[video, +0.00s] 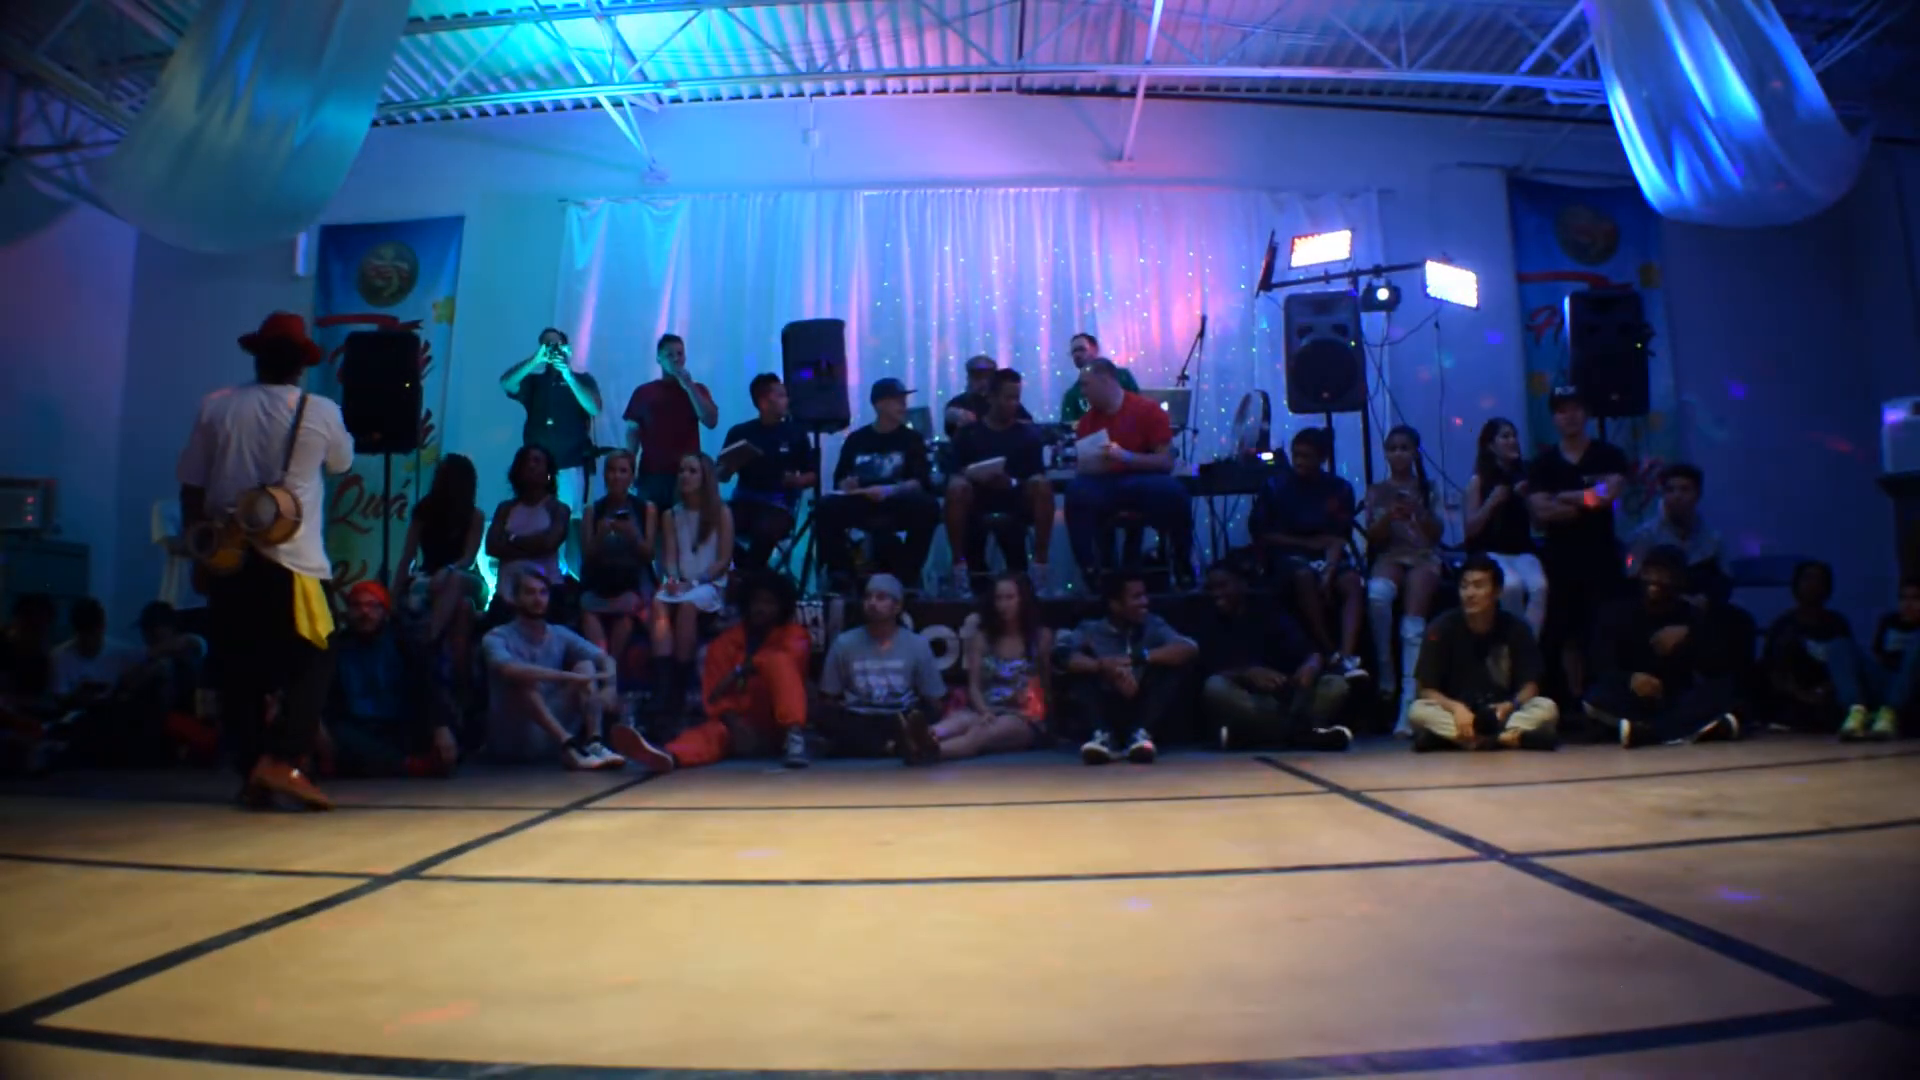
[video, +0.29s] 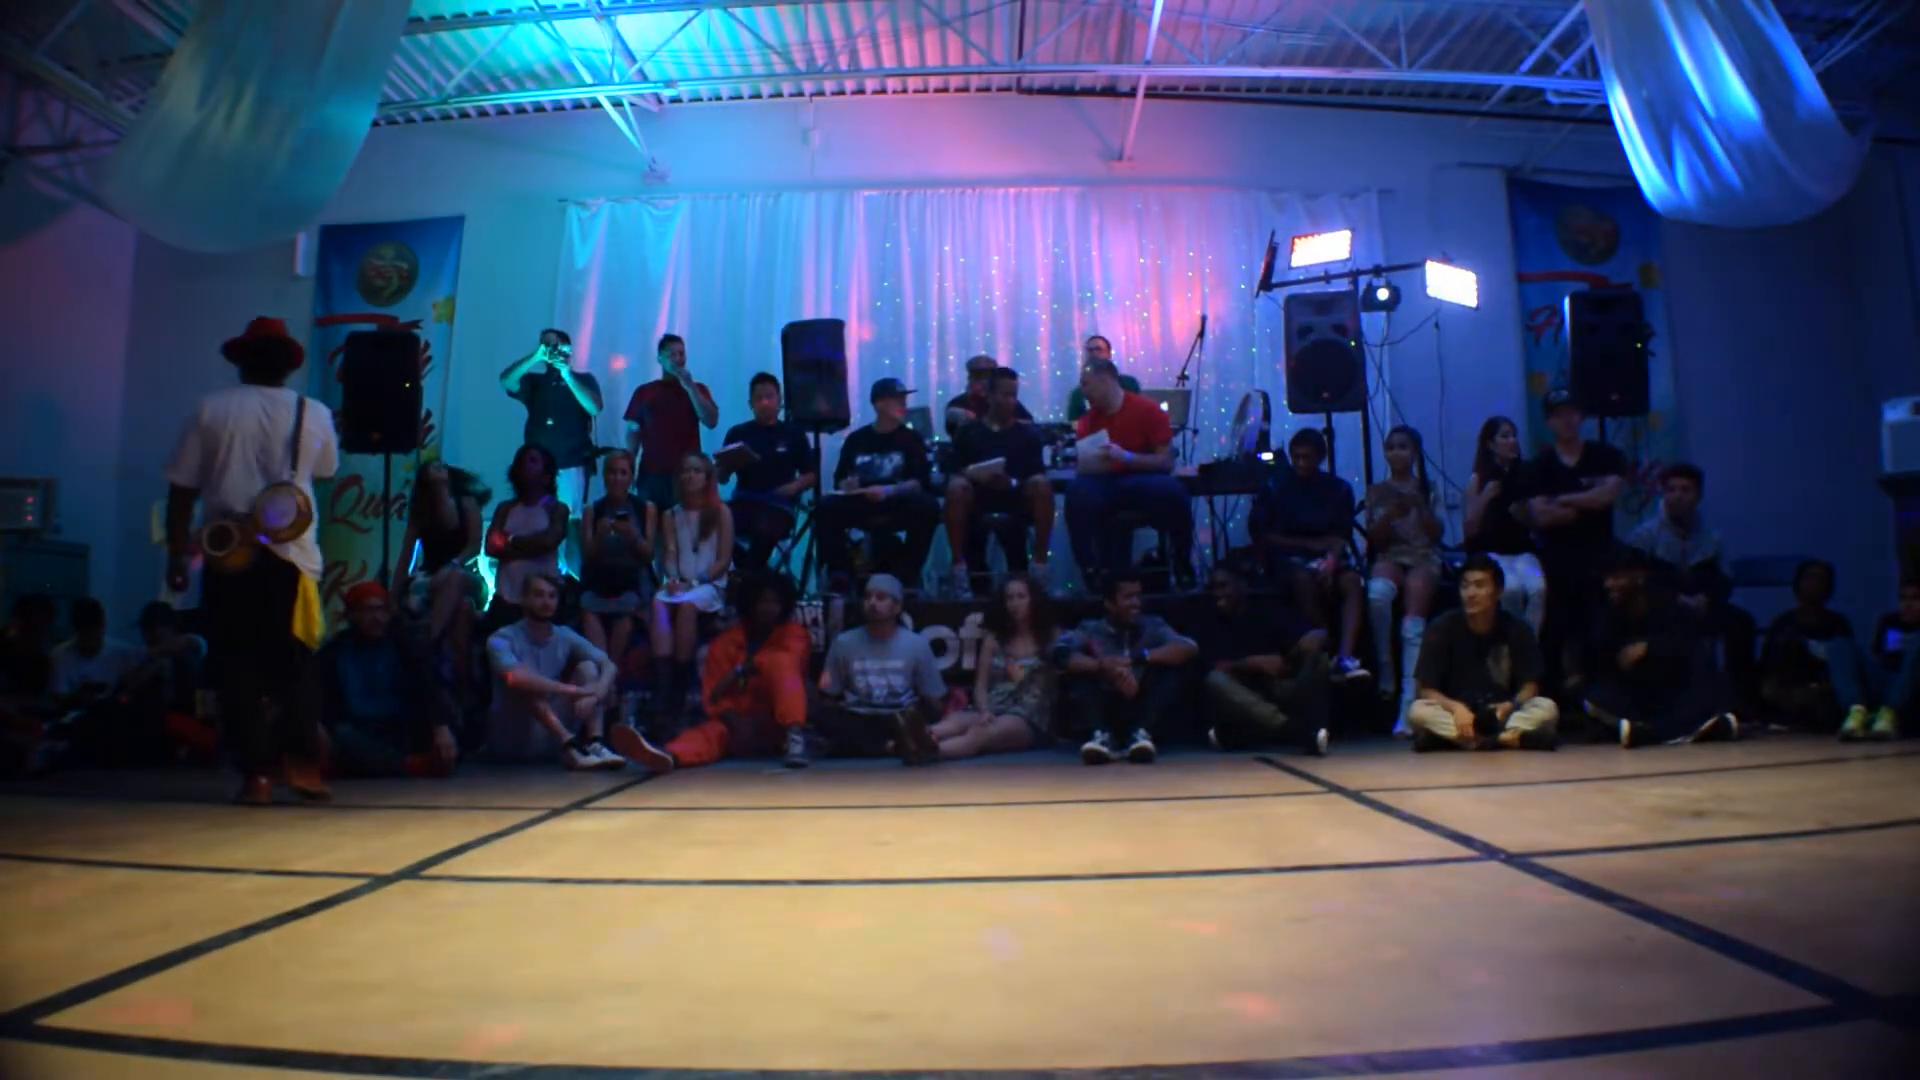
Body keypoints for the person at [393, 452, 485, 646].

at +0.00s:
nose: (450, 488)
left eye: (457, 480)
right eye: (445, 479)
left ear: (467, 484)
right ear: (438, 481)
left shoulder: (474, 516)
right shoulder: (424, 509)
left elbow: (469, 557)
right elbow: (408, 555)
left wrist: (447, 572)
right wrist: (395, 597)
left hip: (465, 579)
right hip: (427, 579)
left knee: (455, 579)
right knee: (463, 606)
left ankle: (429, 640)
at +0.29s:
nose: (441, 469)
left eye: (443, 466)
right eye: (434, 467)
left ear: (449, 475)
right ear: (424, 479)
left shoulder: (466, 504)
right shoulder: (420, 512)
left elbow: (474, 545)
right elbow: (406, 558)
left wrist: (450, 567)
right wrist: (394, 598)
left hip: (466, 579)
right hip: (430, 580)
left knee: (452, 577)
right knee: (464, 607)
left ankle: (428, 644)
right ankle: (461, 676)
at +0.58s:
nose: (423, 481)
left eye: (422, 475)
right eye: (415, 482)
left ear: (430, 475)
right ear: (410, 492)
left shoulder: (464, 504)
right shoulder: (417, 515)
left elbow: (470, 547)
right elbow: (403, 560)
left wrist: (449, 567)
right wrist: (394, 600)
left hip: (467, 581)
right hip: (427, 584)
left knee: (450, 578)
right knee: (463, 605)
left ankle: (428, 648)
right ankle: (460, 681)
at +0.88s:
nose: (426, 485)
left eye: (427, 479)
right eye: (420, 485)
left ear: (437, 477)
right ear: (416, 495)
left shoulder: (468, 506)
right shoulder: (420, 516)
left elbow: (474, 549)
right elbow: (403, 563)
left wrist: (452, 567)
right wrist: (395, 605)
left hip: (468, 578)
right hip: (432, 582)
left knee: (451, 578)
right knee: (464, 606)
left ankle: (429, 644)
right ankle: (463, 679)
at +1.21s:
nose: (427, 482)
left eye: (428, 476)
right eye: (420, 482)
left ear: (437, 477)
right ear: (413, 491)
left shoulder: (463, 507)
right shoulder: (414, 516)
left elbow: (470, 553)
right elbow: (407, 561)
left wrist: (445, 573)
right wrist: (396, 601)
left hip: (465, 577)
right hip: (429, 582)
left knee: (451, 580)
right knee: (462, 606)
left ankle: (426, 646)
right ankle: (459, 678)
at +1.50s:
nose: (432, 482)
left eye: (434, 476)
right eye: (425, 479)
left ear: (442, 479)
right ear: (416, 487)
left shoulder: (463, 510)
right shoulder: (416, 516)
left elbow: (468, 554)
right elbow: (409, 561)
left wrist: (447, 578)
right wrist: (399, 601)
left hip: (467, 578)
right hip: (432, 582)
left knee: (457, 580)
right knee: (465, 607)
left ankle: (430, 643)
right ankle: (461, 679)